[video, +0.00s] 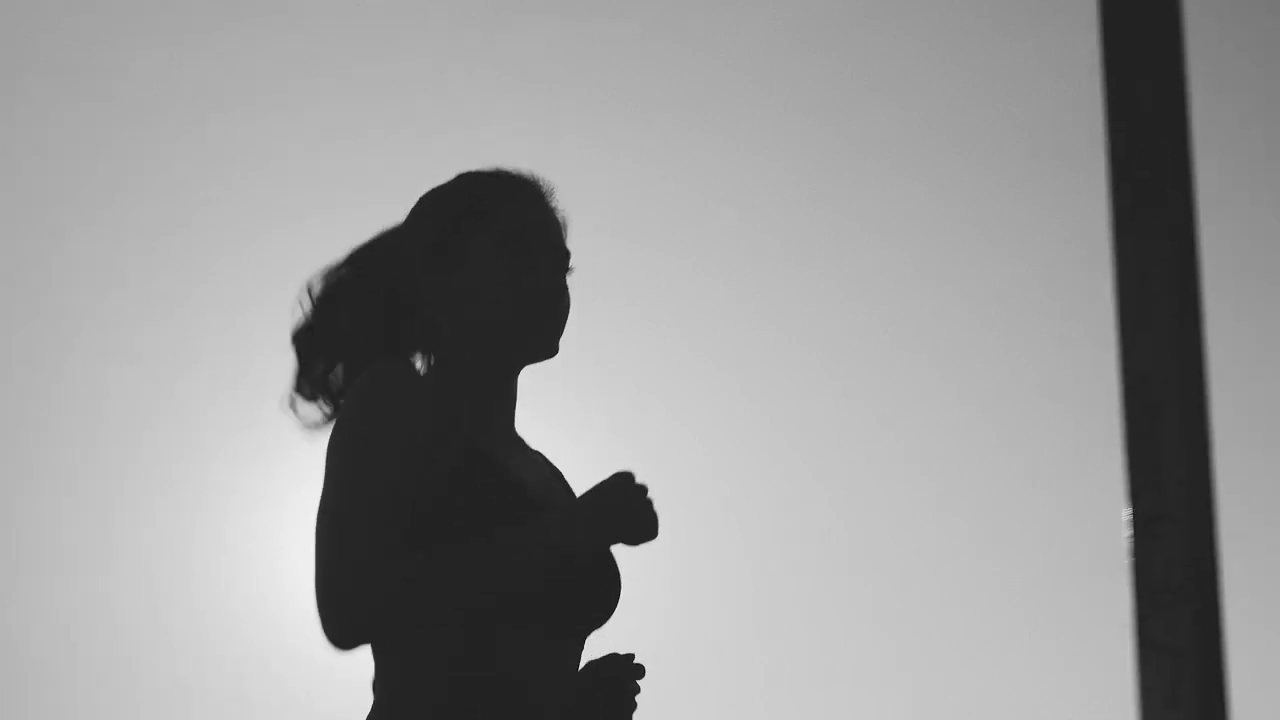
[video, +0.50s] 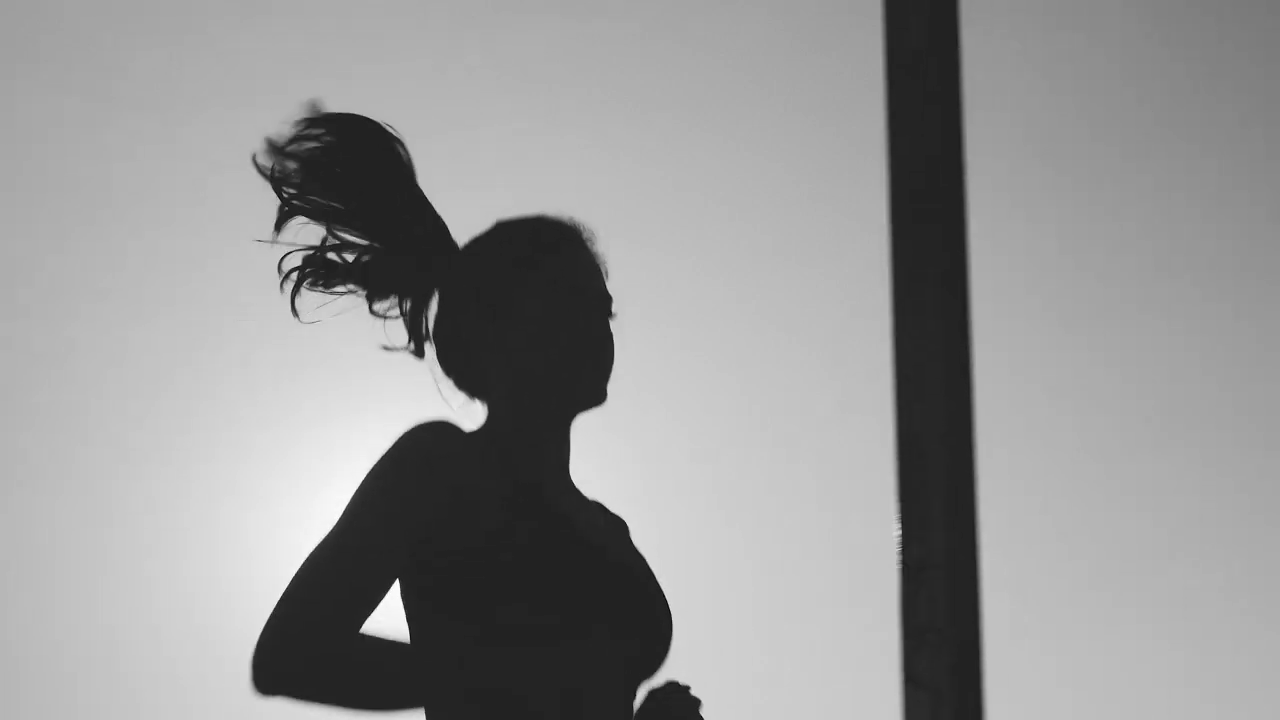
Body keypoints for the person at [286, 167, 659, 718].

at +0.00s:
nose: (563, 293)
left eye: (563, 268)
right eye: (543, 265)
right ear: (469, 275)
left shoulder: (540, 472)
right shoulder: (390, 407)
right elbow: (346, 609)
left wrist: (576, 697)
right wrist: (575, 529)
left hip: (531, 708)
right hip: (423, 705)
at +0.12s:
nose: (576, 272)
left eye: (573, 250)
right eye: (551, 246)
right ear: (474, 260)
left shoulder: (544, 461)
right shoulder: (415, 369)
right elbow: (360, 565)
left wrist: (577, 671)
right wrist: (581, 508)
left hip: (538, 705)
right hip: (442, 701)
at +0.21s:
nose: (583, 268)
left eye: (580, 248)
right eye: (556, 243)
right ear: (480, 261)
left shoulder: (560, 466)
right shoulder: (425, 369)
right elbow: (360, 557)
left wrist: (584, 669)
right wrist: (587, 518)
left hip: (549, 707)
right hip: (449, 702)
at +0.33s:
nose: (594, 289)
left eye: (594, 266)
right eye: (570, 263)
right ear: (489, 275)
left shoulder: (581, 481)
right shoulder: (435, 391)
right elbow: (341, 583)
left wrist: (608, 681)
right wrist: (575, 558)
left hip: (563, 708)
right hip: (462, 704)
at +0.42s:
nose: (602, 309)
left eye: (599, 285)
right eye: (574, 282)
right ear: (487, 306)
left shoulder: (587, 496)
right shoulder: (439, 423)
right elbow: (318, 617)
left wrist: (626, 696)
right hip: (470, 710)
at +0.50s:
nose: (608, 325)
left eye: (604, 306)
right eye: (583, 304)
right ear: (499, 331)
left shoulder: (606, 528)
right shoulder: (438, 459)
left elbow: (583, 698)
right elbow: (288, 658)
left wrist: (645, 705)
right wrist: (485, 674)